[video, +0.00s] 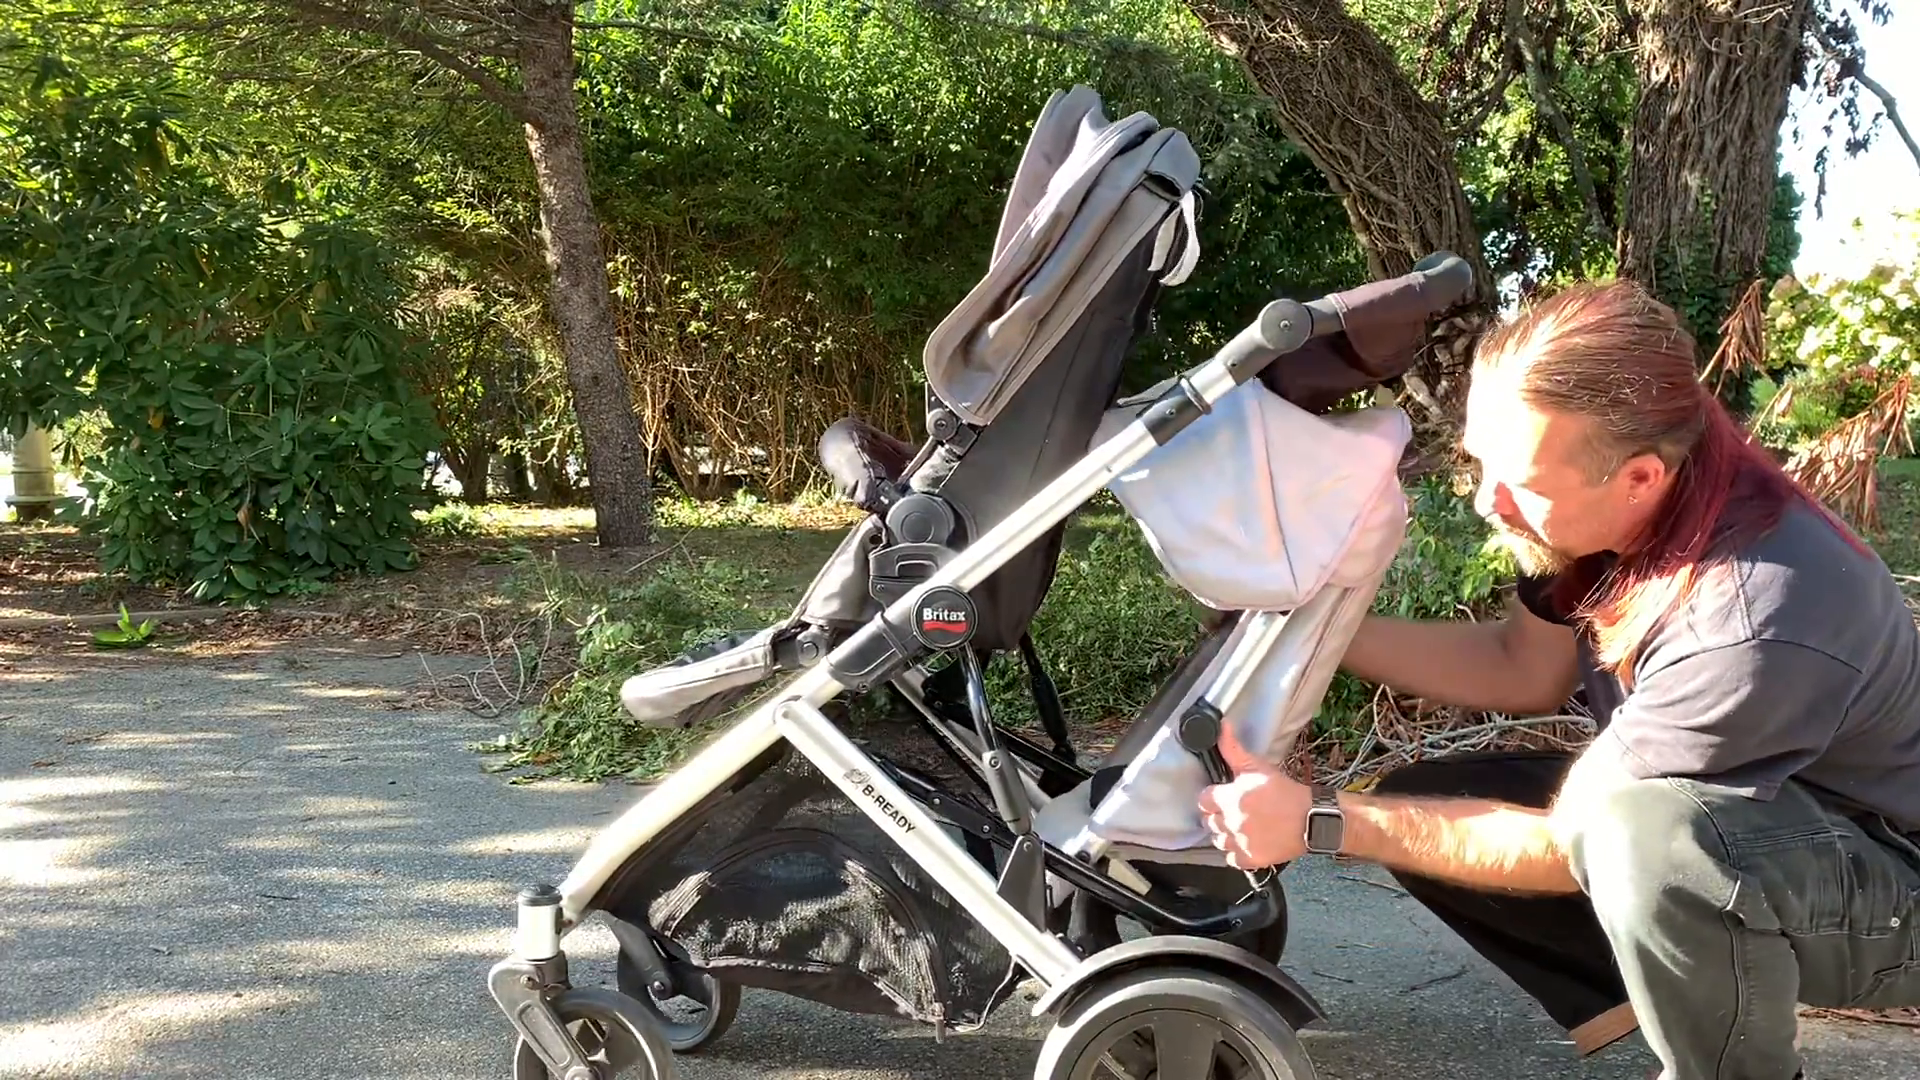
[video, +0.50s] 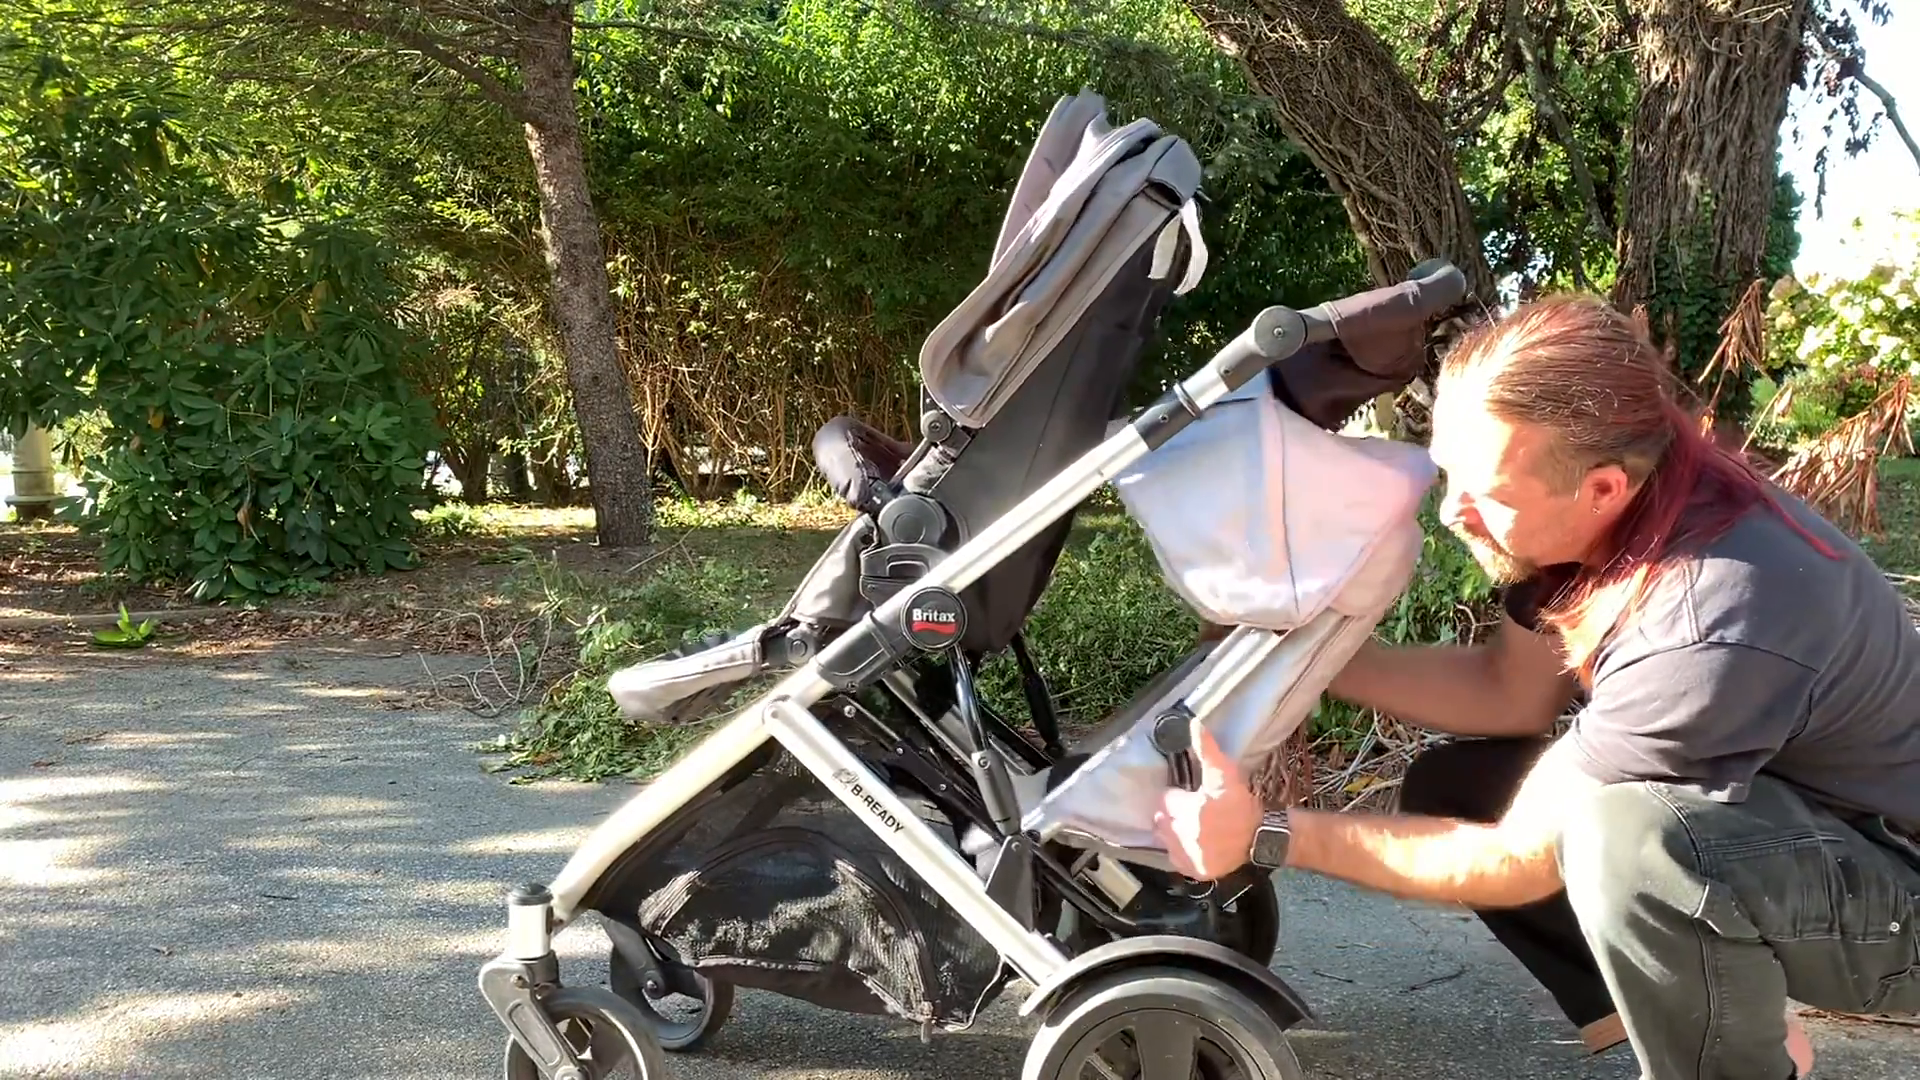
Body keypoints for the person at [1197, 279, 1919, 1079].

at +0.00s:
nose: (1488, 505)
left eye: (1521, 485)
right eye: (1485, 471)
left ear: (1639, 483)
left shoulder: (1751, 627)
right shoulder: (1615, 515)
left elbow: (1560, 849)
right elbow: (1522, 664)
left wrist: (1322, 824)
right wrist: (1312, 624)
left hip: (1894, 874)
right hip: (1748, 804)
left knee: (1650, 836)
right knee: (1409, 808)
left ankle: (1725, 1070)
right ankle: (1667, 1025)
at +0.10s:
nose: (1482, 503)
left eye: (1514, 484)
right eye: (1480, 469)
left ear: (1634, 483)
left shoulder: (1749, 628)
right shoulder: (1610, 515)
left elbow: (1558, 852)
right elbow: (1521, 675)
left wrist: (1322, 827)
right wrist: (1313, 626)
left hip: (1896, 879)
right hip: (1759, 807)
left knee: (1649, 839)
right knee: (1424, 803)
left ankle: (1724, 1064)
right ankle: (1671, 1024)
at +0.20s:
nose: (1480, 507)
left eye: (1510, 488)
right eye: (1476, 475)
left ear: (1631, 484)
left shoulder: (1746, 627)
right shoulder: (1606, 516)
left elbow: (1556, 854)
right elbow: (1519, 678)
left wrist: (1316, 827)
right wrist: (1311, 628)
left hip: (1898, 879)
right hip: (1772, 809)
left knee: (1647, 840)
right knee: (1433, 798)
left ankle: (1726, 1066)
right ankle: (1675, 1028)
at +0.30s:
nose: (1472, 508)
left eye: (1502, 491)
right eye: (1468, 477)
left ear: (1621, 489)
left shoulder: (1740, 626)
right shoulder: (1588, 521)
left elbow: (1546, 863)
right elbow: (1521, 688)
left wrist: (1303, 842)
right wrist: (1319, 646)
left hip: (1896, 878)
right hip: (1771, 809)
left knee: (1645, 838)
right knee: (1440, 794)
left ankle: (1730, 1064)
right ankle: (1670, 1032)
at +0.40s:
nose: (1465, 515)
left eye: (1495, 497)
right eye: (1462, 482)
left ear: (1614, 494)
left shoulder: (1733, 625)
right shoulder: (1580, 521)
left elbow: (1525, 868)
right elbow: (1510, 689)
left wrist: (1278, 847)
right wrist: (1310, 660)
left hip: (1897, 875)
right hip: (1784, 807)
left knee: (1639, 836)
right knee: (1450, 786)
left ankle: (1738, 1059)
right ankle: (1683, 1027)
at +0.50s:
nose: (1461, 516)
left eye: (1490, 498)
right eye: (1459, 484)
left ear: (1605, 494)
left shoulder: (1722, 622)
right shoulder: (1585, 523)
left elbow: (1514, 864)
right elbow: (1512, 691)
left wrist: (1271, 833)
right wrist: (1313, 654)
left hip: (1896, 874)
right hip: (1792, 806)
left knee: (1635, 838)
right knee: (1454, 783)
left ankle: (1747, 1059)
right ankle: (1677, 1033)